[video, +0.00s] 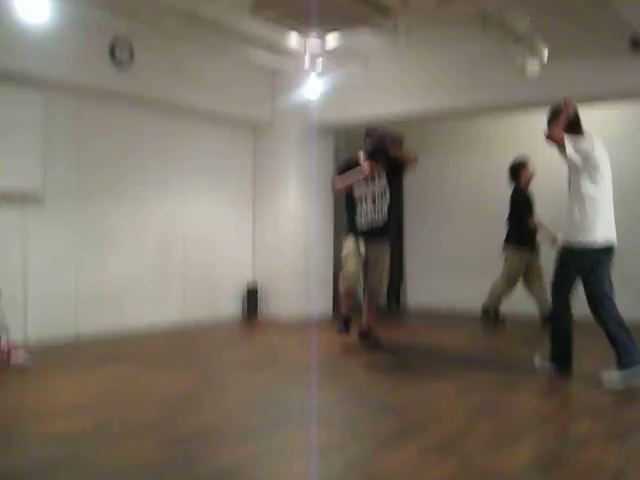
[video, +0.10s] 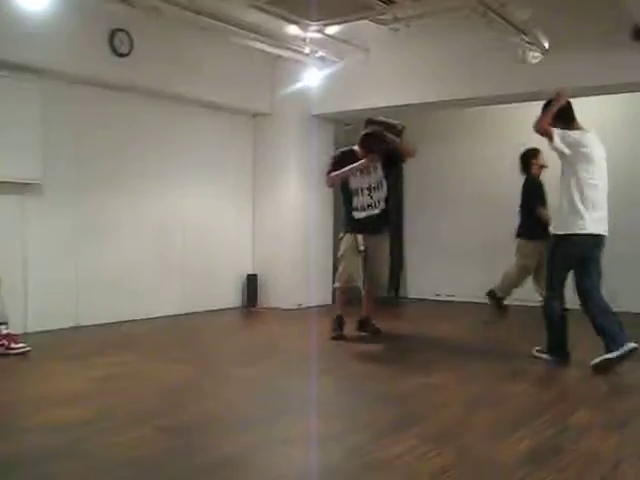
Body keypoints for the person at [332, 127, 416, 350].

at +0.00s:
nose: (373, 168)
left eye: (378, 164)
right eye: (370, 163)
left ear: (384, 159)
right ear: (363, 157)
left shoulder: (390, 168)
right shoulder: (351, 167)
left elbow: (411, 162)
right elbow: (337, 185)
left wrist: (395, 154)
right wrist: (361, 173)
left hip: (380, 235)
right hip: (355, 235)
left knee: (375, 285)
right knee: (350, 276)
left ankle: (367, 328)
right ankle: (346, 315)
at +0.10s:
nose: (370, 161)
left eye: (375, 157)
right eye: (368, 156)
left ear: (381, 151)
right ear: (360, 149)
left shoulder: (386, 157)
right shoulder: (346, 157)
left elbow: (410, 154)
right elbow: (330, 181)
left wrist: (390, 140)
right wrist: (358, 167)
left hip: (378, 229)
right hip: (353, 229)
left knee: (375, 276)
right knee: (346, 274)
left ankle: (366, 319)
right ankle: (338, 319)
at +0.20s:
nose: (363, 159)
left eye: (367, 155)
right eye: (360, 155)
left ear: (373, 151)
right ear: (351, 149)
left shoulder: (378, 158)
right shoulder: (336, 159)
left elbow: (404, 157)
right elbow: (322, 183)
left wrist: (392, 140)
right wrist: (349, 175)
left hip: (373, 228)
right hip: (347, 229)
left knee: (375, 276)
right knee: (342, 278)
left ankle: (365, 319)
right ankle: (336, 321)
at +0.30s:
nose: (353, 157)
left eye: (356, 153)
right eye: (350, 153)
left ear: (360, 148)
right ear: (340, 148)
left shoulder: (367, 156)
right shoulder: (325, 158)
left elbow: (389, 163)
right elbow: (312, 183)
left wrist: (401, 155)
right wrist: (327, 192)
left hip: (365, 223)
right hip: (339, 225)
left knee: (367, 273)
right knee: (336, 275)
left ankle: (360, 318)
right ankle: (331, 321)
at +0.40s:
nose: (347, 154)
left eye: (350, 150)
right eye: (343, 151)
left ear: (354, 146)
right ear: (334, 146)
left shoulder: (361, 156)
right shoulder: (318, 160)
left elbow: (388, 168)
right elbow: (305, 187)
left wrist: (413, 176)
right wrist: (301, 209)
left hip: (362, 227)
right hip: (335, 229)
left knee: (363, 275)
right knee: (332, 277)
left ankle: (358, 319)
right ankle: (329, 321)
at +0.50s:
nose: (345, 152)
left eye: (348, 148)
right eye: (341, 149)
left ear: (352, 144)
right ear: (332, 144)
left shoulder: (360, 158)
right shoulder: (316, 161)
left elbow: (385, 176)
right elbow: (299, 187)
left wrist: (408, 194)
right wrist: (284, 211)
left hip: (359, 227)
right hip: (332, 230)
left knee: (363, 276)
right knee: (331, 279)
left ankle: (357, 319)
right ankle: (329, 323)